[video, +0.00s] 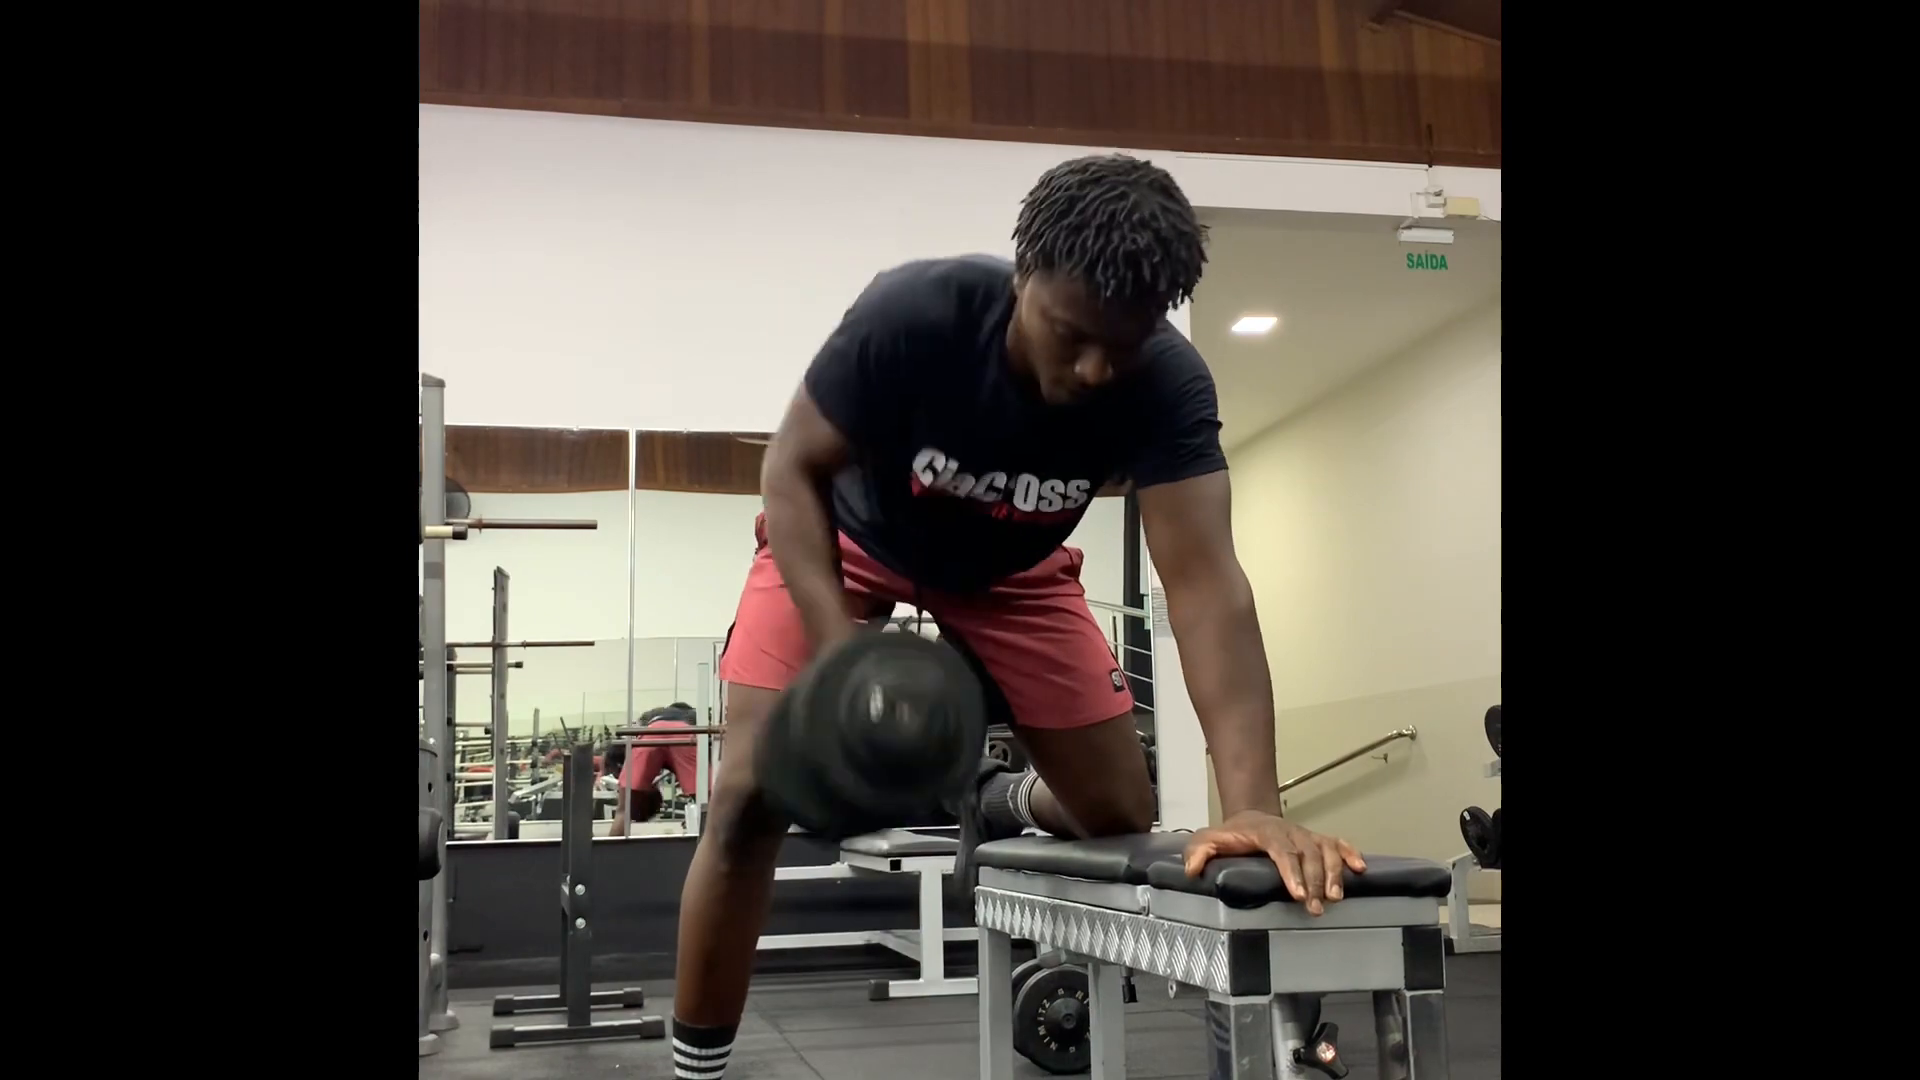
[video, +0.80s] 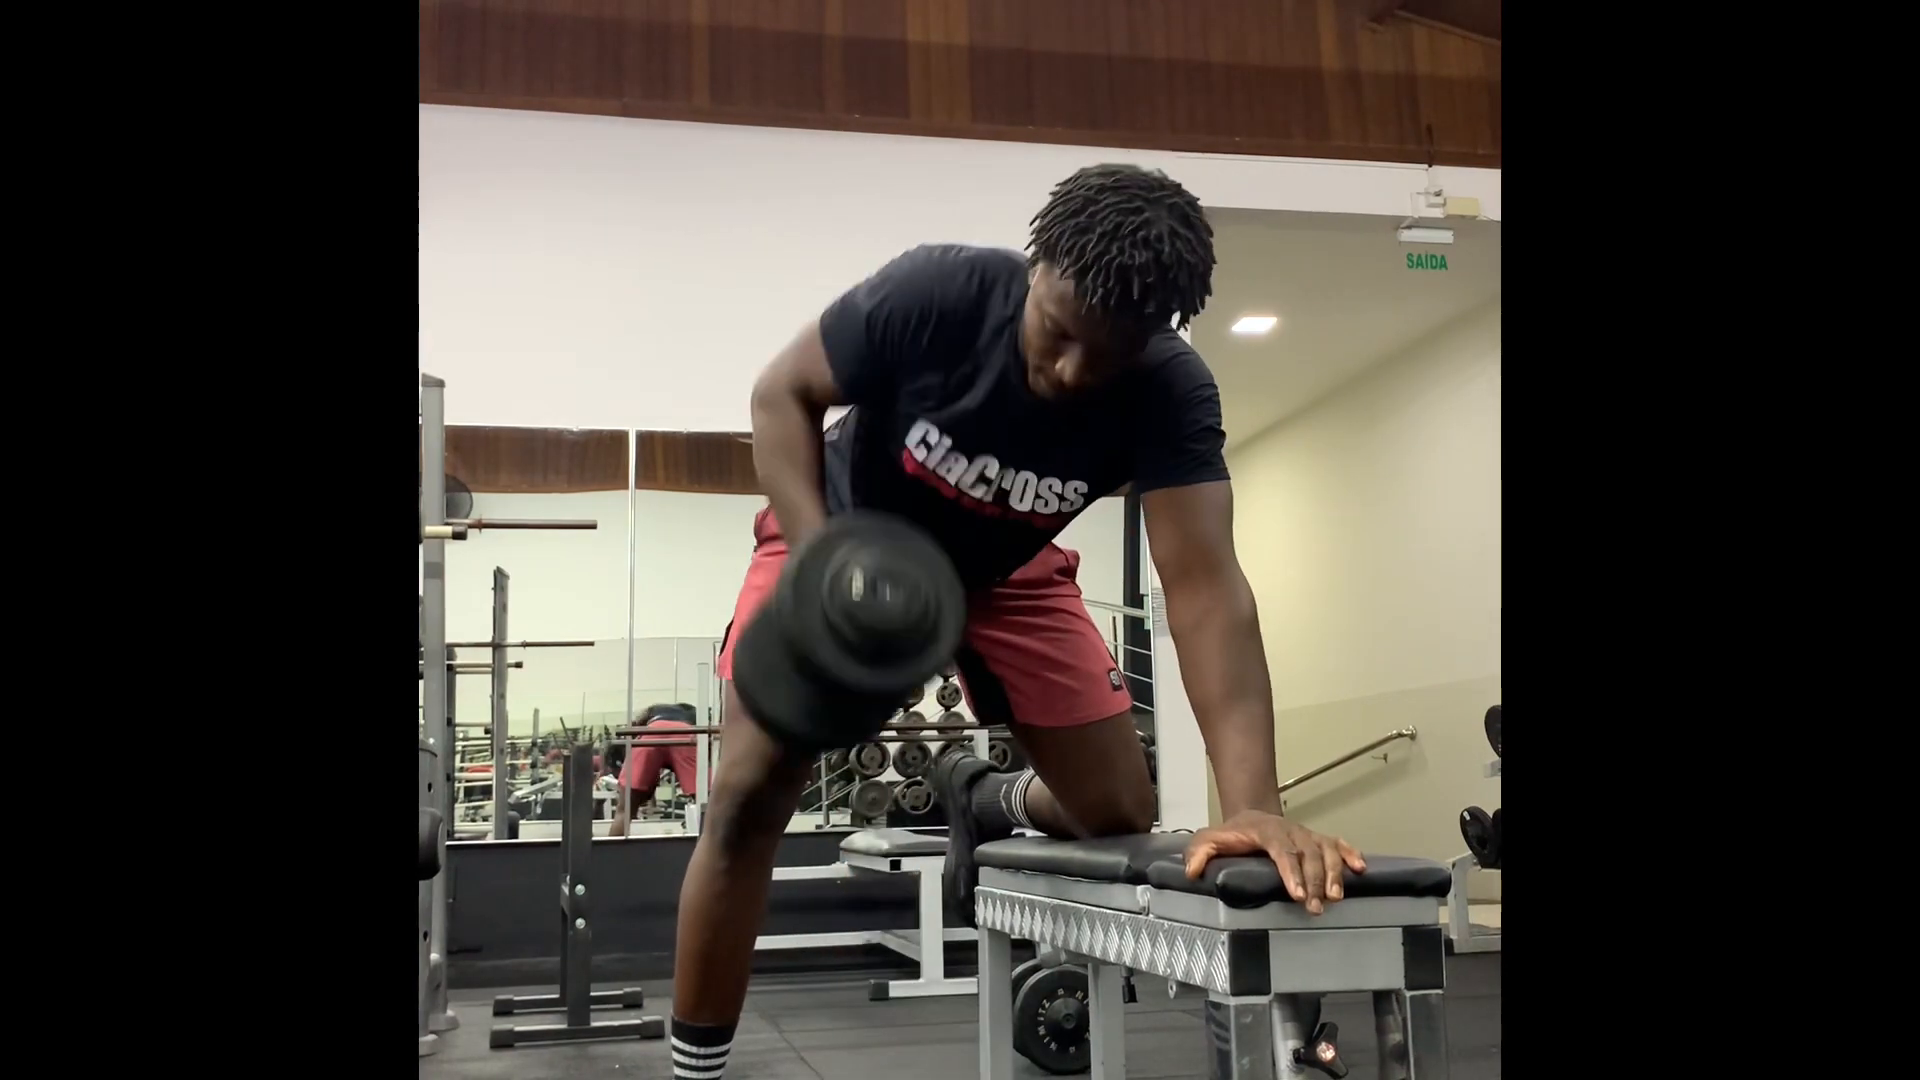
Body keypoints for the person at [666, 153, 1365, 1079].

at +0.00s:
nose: (1094, 370)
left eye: (1125, 347)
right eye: (1071, 336)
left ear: (1160, 318)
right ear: (1021, 277)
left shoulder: (1165, 381)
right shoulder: (913, 316)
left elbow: (1205, 579)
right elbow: (789, 470)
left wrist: (1251, 806)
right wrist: (840, 658)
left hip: (1020, 574)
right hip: (847, 545)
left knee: (1120, 816)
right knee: (745, 800)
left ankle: (992, 798)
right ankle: (695, 1073)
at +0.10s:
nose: (1077, 420)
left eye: (1103, 394)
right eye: (1052, 392)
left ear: (1135, 353)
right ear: (997, 336)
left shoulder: (1146, 391)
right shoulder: (891, 401)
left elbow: (1198, 586)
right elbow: (828, 631)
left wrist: (1251, 806)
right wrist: (869, 862)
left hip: (1016, 567)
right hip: (844, 544)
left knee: (1123, 819)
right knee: (742, 797)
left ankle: (1003, 797)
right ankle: (695, 1070)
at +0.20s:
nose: (1064, 490)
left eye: (1087, 462)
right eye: (1034, 461)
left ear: (1120, 420)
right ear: (975, 405)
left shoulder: (1122, 412)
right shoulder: (881, 501)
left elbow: (1194, 593)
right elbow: (870, 765)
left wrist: (1254, 808)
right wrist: (905, 1025)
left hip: (1014, 567)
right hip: (839, 543)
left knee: (1120, 812)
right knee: (736, 800)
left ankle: (982, 790)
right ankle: (694, 1072)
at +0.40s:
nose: (1056, 481)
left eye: (1081, 456)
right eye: (1026, 453)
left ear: (1117, 412)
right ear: (969, 393)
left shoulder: (1126, 406)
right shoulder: (881, 489)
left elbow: (1195, 590)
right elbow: (873, 754)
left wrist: (1254, 807)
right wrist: (918, 1012)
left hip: (1014, 566)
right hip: (838, 544)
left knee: (1120, 814)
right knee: (735, 797)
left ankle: (987, 791)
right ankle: (694, 1069)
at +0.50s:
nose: (1055, 363)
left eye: (1089, 346)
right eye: (1041, 327)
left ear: (1141, 328)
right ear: (1018, 267)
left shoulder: (1163, 376)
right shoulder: (904, 327)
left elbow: (1204, 577)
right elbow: (804, 522)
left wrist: (1251, 806)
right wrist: (854, 742)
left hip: (1017, 567)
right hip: (852, 537)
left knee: (1118, 812)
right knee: (748, 788)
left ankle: (1006, 806)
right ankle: (697, 1072)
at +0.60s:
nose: (1072, 324)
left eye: (1109, 316)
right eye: (1066, 287)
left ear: (1173, 307)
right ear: (1061, 228)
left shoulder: (1188, 382)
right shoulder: (959, 252)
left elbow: (1218, 587)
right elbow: (800, 323)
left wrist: (1254, 805)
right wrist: (814, 479)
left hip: (1013, 566)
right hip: (861, 519)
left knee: (1119, 814)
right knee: (751, 792)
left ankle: (988, 800)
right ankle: (694, 1071)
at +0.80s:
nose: (1069, 370)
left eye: (1103, 352)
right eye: (1055, 332)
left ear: (1155, 333)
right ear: (1035, 270)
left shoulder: (1168, 392)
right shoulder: (935, 294)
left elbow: (1205, 583)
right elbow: (780, 393)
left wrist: (1251, 805)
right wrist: (817, 558)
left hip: (1015, 569)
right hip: (850, 530)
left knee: (1119, 814)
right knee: (745, 796)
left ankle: (986, 802)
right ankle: (694, 1073)